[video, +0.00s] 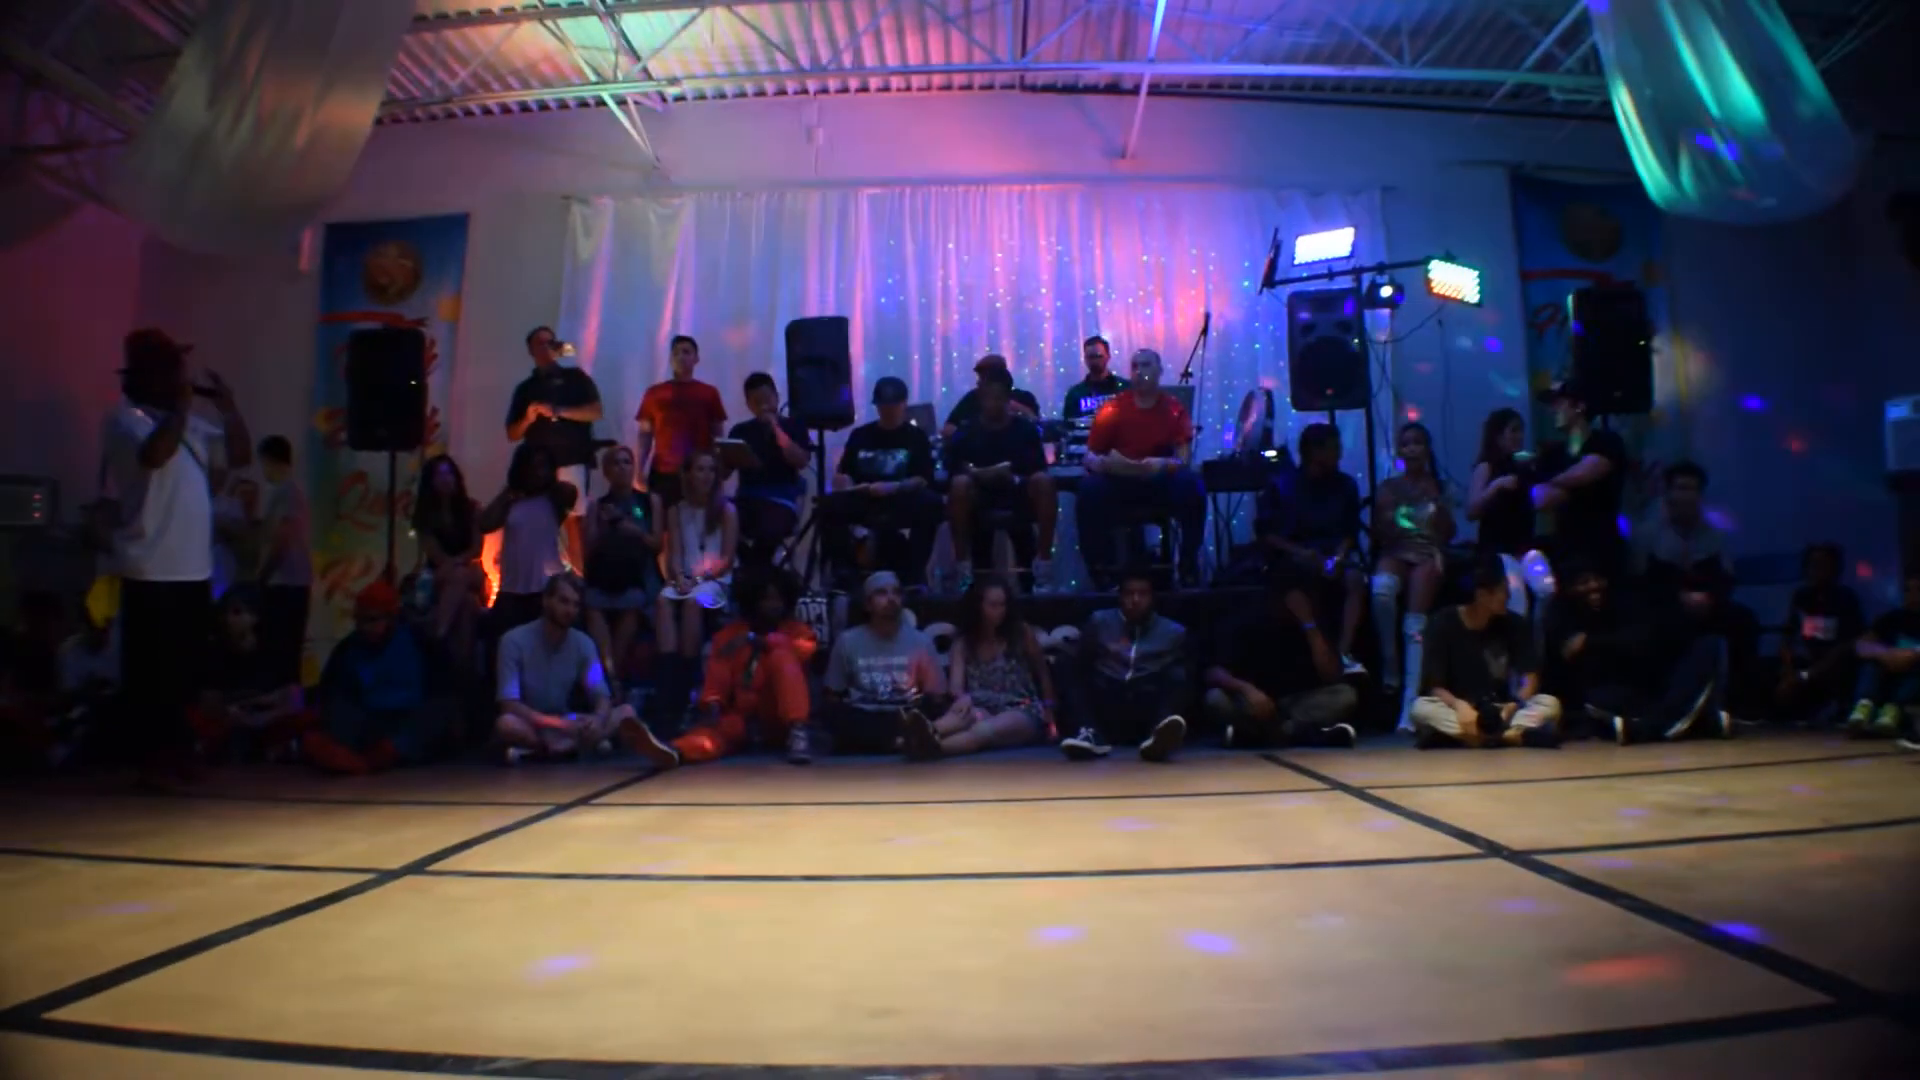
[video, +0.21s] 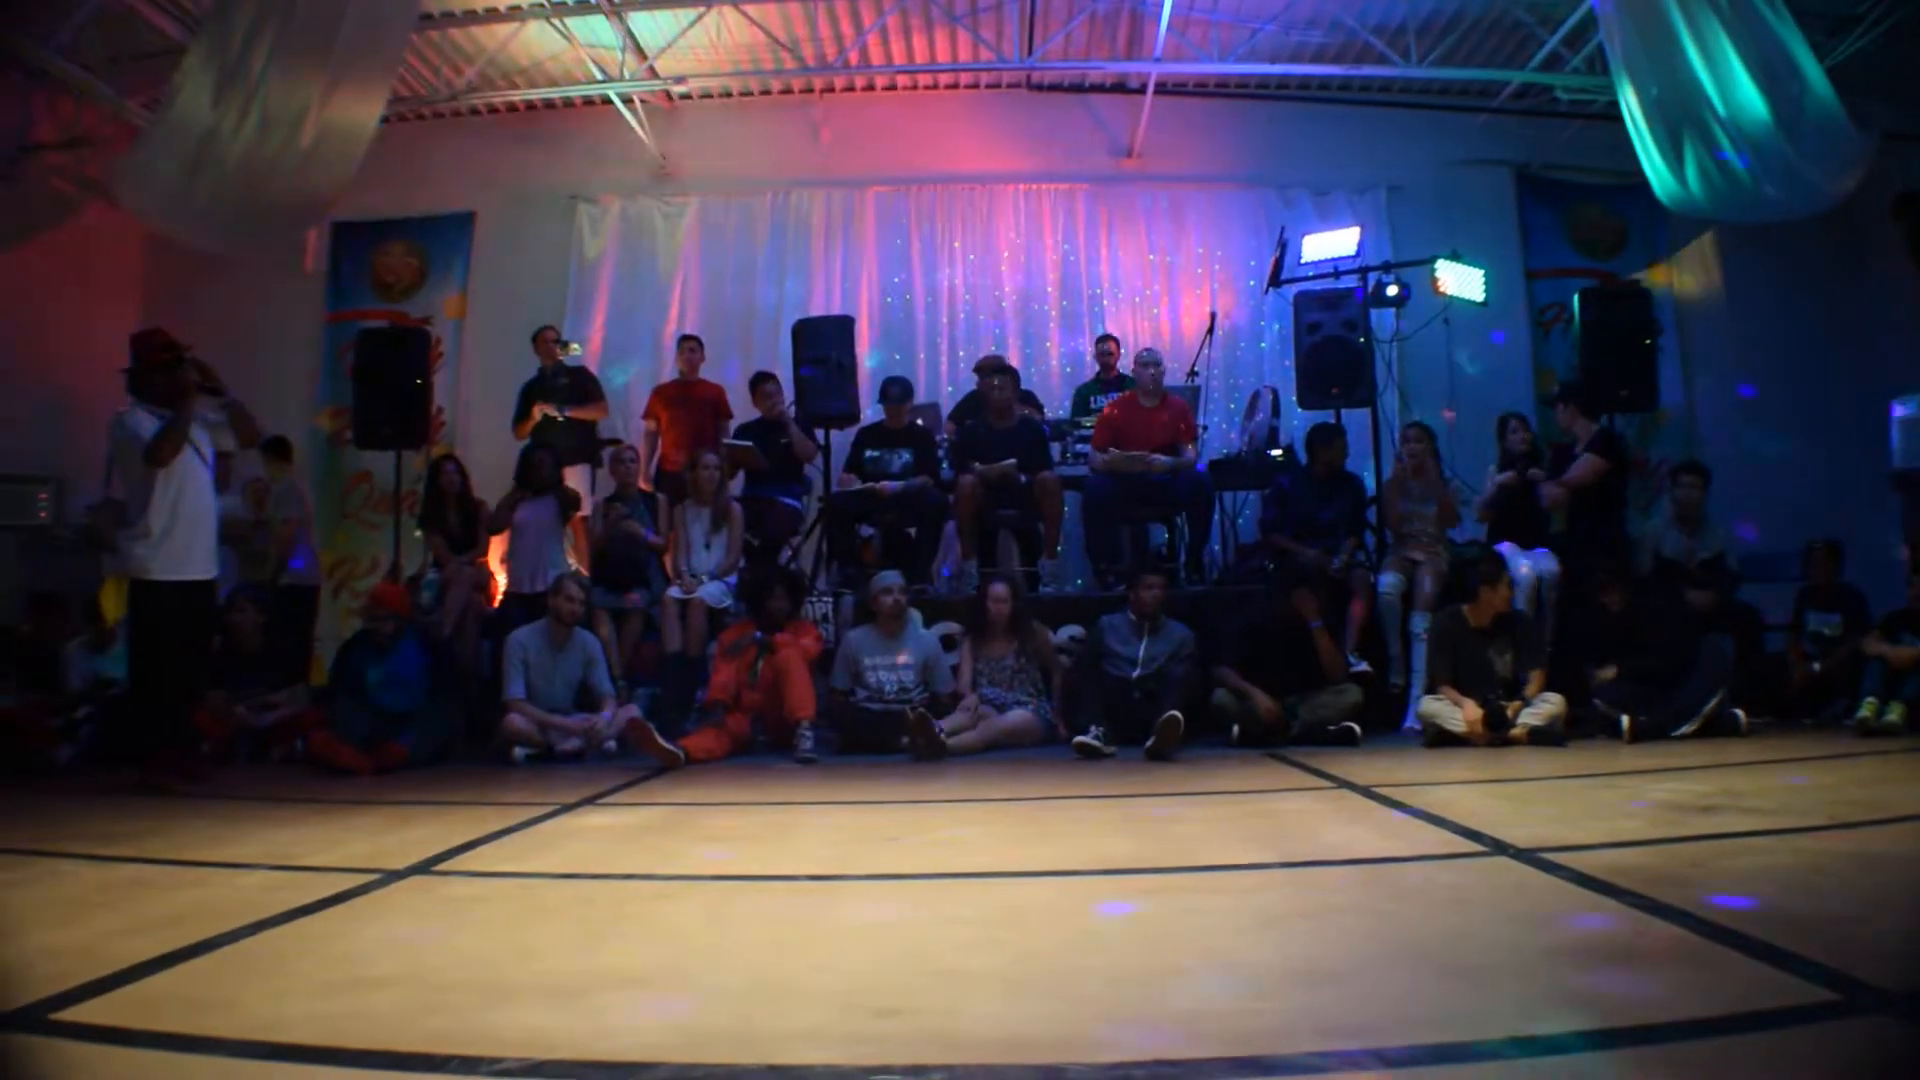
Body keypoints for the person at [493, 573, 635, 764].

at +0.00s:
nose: (570, 610)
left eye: (575, 604)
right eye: (563, 602)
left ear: (579, 608)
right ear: (547, 601)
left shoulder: (583, 643)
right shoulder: (515, 641)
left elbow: (602, 696)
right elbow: (509, 703)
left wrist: (598, 721)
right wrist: (561, 725)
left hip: (570, 718)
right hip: (533, 719)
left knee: (626, 712)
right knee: (507, 724)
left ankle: (561, 746)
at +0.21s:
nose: (575, 609)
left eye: (581, 603)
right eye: (569, 600)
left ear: (585, 607)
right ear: (552, 600)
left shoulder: (589, 643)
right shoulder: (521, 640)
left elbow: (608, 697)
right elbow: (515, 703)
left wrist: (603, 720)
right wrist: (568, 725)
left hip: (576, 718)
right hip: (538, 719)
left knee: (632, 712)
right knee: (512, 723)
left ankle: (568, 745)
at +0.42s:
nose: (573, 610)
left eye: (579, 605)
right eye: (567, 602)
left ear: (583, 609)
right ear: (550, 601)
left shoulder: (586, 644)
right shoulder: (518, 641)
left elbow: (605, 698)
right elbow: (513, 704)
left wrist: (601, 722)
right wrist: (565, 726)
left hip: (573, 719)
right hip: (536, 721)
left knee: (629, 714)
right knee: (510, 724)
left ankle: (562, 747)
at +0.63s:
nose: (572, 611)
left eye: (577, 605)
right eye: (566, 602)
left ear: (582, 609)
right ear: (549, 601)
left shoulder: (585, 644)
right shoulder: (518, 641)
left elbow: (605, 700)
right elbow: (511, 705)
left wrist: (600, 722)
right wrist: (565, 727)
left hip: (573, 721)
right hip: (535, 722)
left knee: (629, 714)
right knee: (509, 725)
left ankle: (563, 748)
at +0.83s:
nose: (570, 612)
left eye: (575, 606)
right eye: (563, 604)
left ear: (580, 610)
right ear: (546, 603)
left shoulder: (582, 645)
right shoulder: (515, 643)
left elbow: (602, 700)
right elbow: (509, 706)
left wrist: (597, 724)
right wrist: (562, 729)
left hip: (571, 722)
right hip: (532, 722)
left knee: (626, 715)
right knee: (507, 727)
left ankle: (546, 753)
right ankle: (581, 747)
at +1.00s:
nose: (568, 613)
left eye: (574, 607)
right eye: (561, 604)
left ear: (578, 610)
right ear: (545, 603)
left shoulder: (580, 646)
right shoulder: (513, 644)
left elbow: (600, 701)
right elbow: (507, 707)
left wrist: (596, 725)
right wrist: (562, 729)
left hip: (568, 721)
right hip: (530, 722)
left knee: (624, 715)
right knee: (504, 727)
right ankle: (581, 748)